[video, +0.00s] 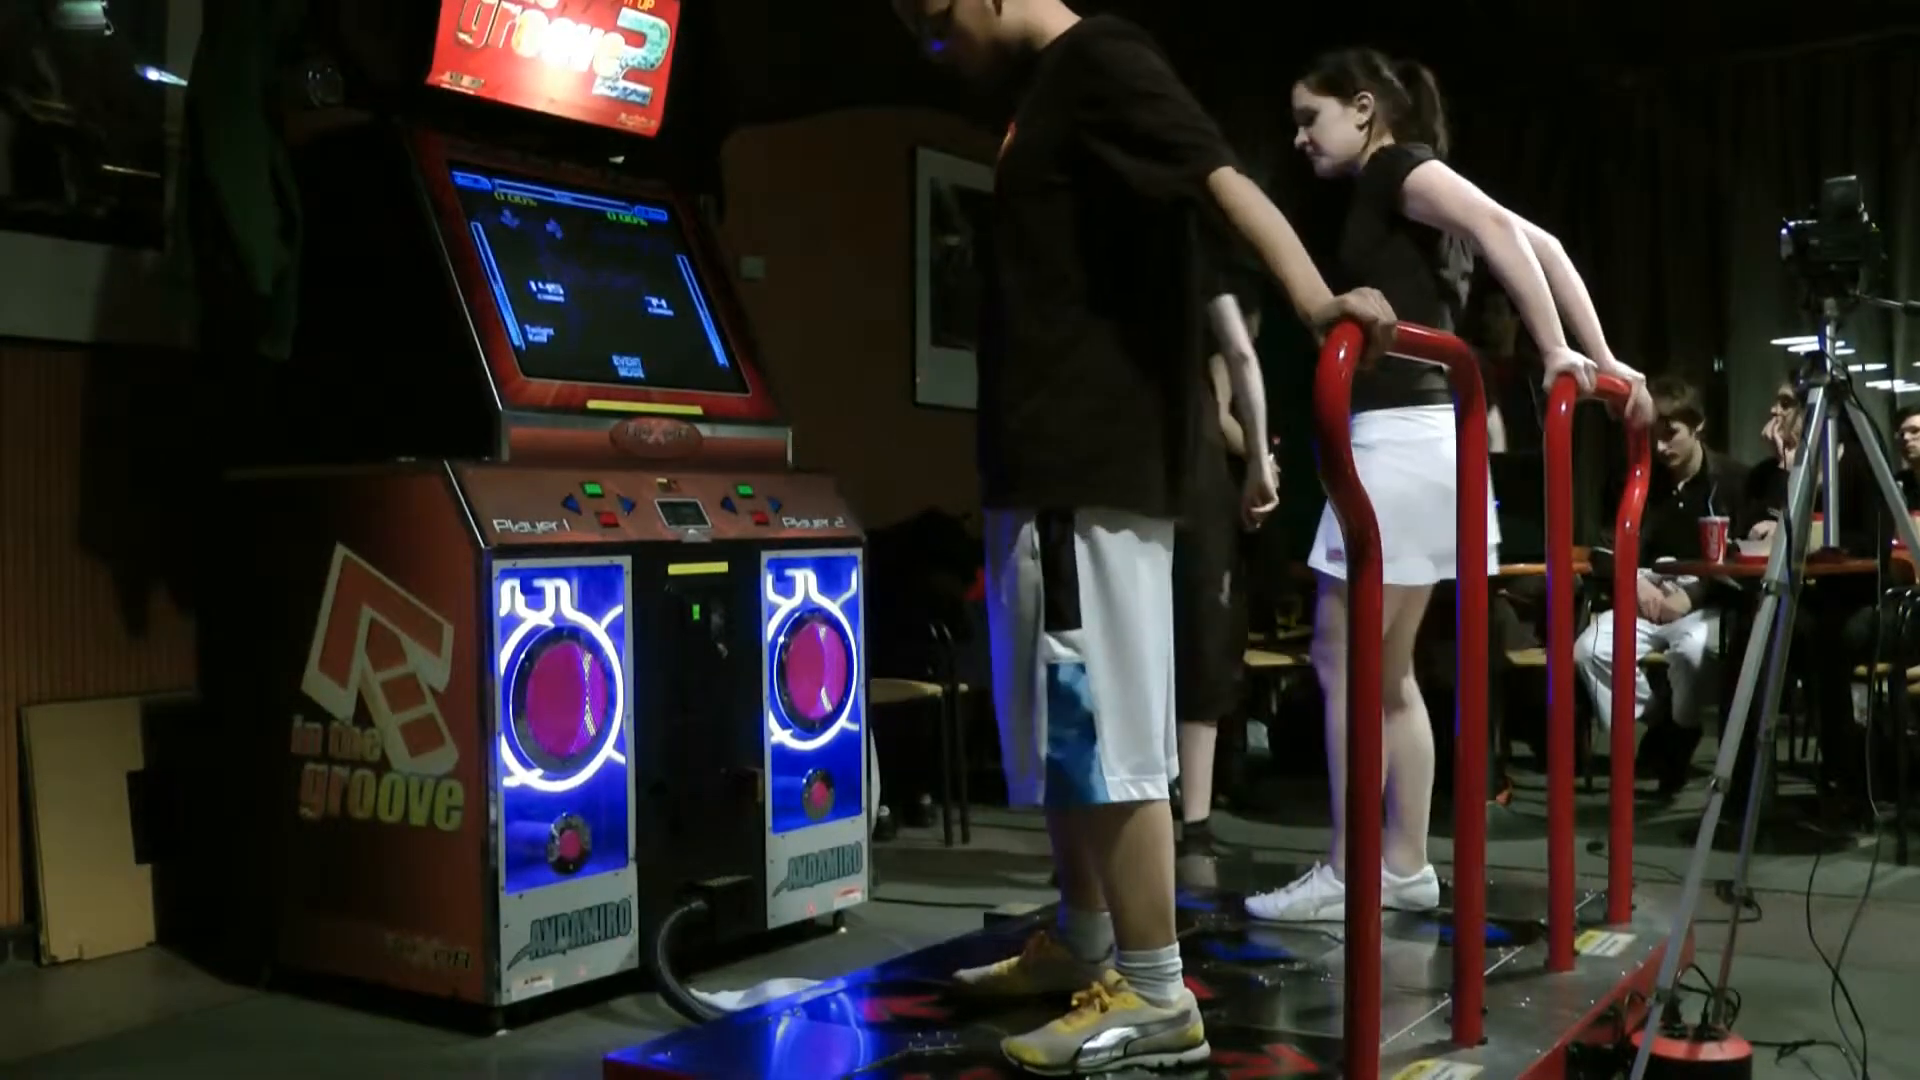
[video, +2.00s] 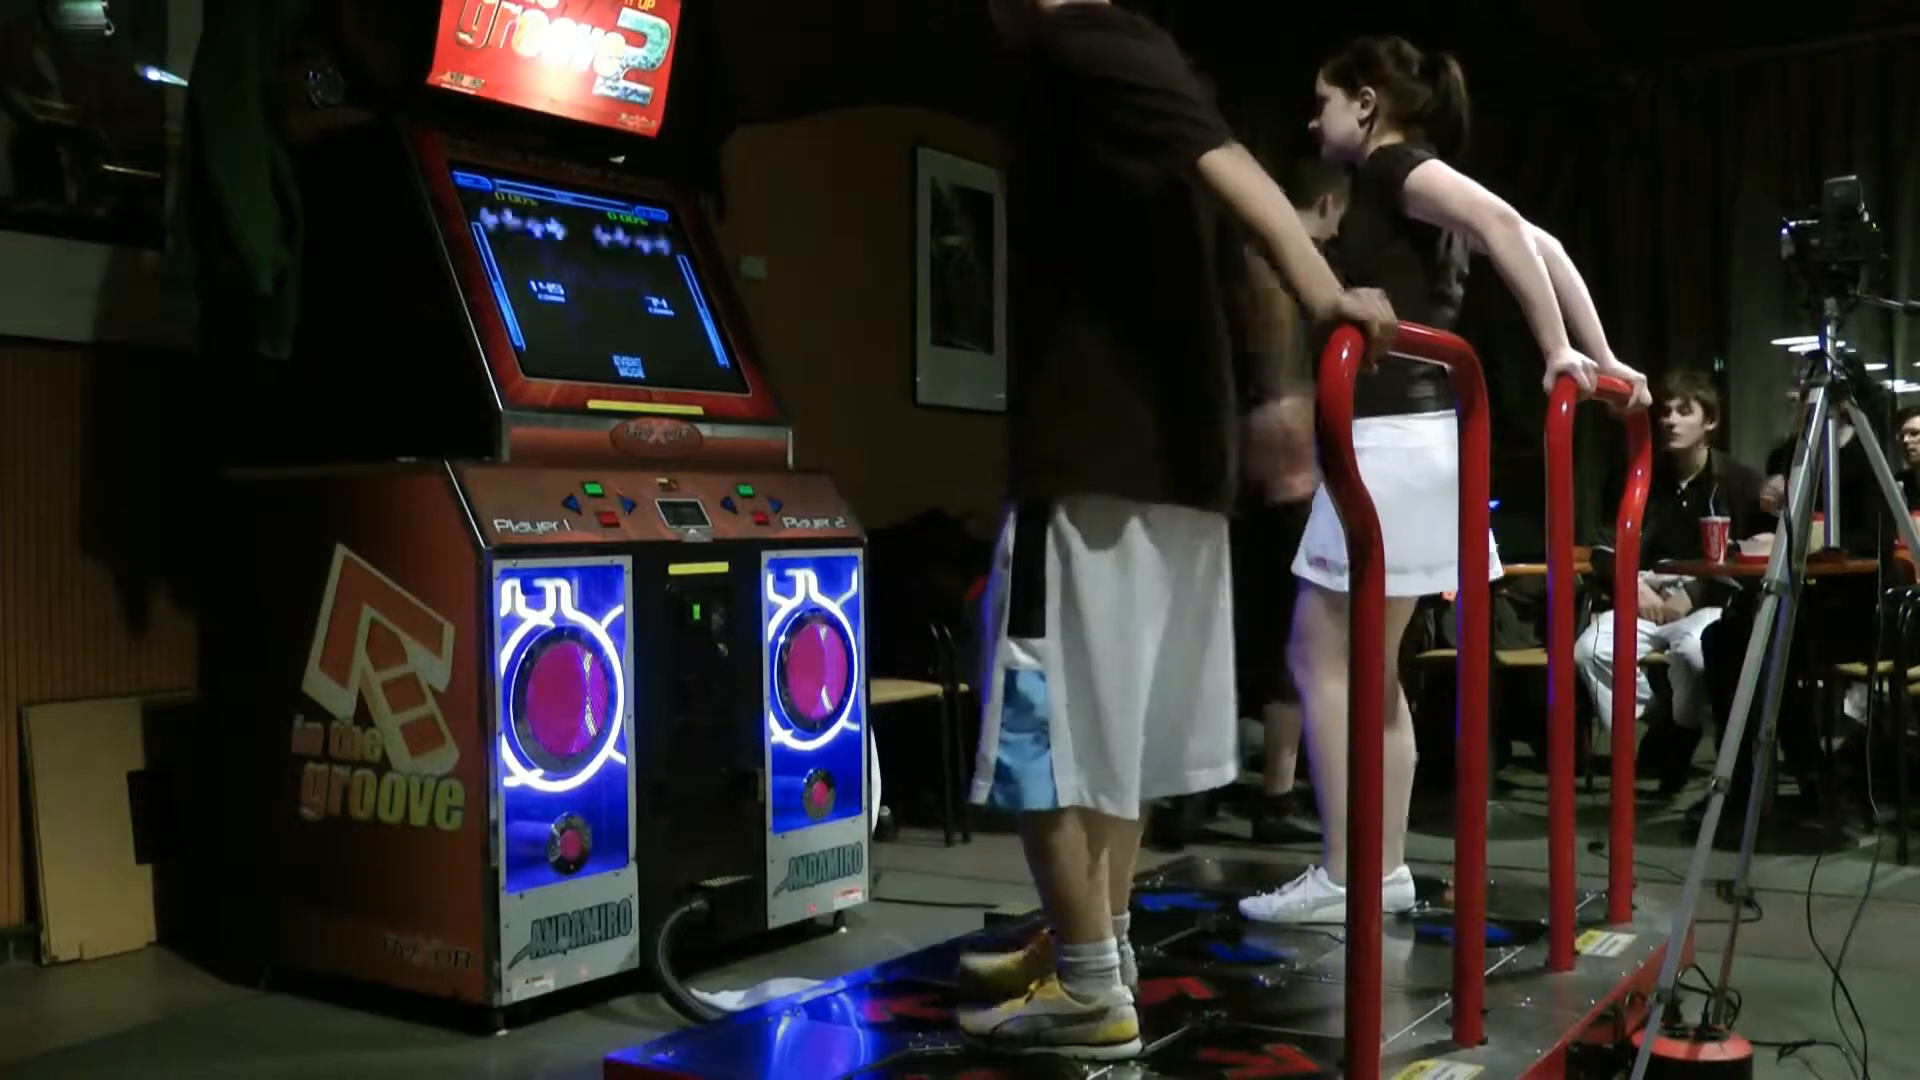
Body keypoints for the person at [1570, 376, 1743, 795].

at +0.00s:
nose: (1663, 445)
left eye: (1670, 434)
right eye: (1655, 436)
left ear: (1697, 428)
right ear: (1646, 437)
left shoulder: (1730, 479)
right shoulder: (1641, 478)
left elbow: (1737, 557)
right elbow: (1607, 551)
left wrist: (1689, 595)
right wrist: (1638, 586)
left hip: (1703, 600)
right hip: (1647, 595)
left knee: (1692, 651)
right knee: (1594, 649)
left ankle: (1682, 736)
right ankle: (1657, 729)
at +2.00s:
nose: (1670, 421)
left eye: (1683, 412)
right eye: (1665, 412)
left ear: (1709, 422)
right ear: (1656, 418)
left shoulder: (1738, 481)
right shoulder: (1644, 475)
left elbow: (1751, 560)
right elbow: (1605, 548)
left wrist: (1692, 597)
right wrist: (1633, 586)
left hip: (1706, 603)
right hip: (1644, 599)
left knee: (1692, 654)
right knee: (1593, 651)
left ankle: (1683, 734)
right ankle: (1655, 732)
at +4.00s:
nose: (1650, 425)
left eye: (1659, 417)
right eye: (1650, 417)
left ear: (1688, 425)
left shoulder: (1734, 480)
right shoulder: (1644, 475)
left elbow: (1746, 558)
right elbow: (1607, 546)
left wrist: (1693, 595)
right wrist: (1634, 586)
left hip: (1703, 601)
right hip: (1644, 599)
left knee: (1702, 646)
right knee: (1595, 648)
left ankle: (1675, 741)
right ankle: (1650, 743)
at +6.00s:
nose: (1662, 433)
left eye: (1673, 422)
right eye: (1657, 423)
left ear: (1702, 424)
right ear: (1650, 426)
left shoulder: (1737, 482)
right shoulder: (1644, 478)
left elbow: (1748, 561)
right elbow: (1606, 547)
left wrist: (1692, 594)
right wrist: (1634, 588)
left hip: (1706, 602)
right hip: (1646, 598)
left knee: (1689, 651)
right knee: (1594, 649)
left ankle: (1692, 754)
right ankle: (1645, 750)